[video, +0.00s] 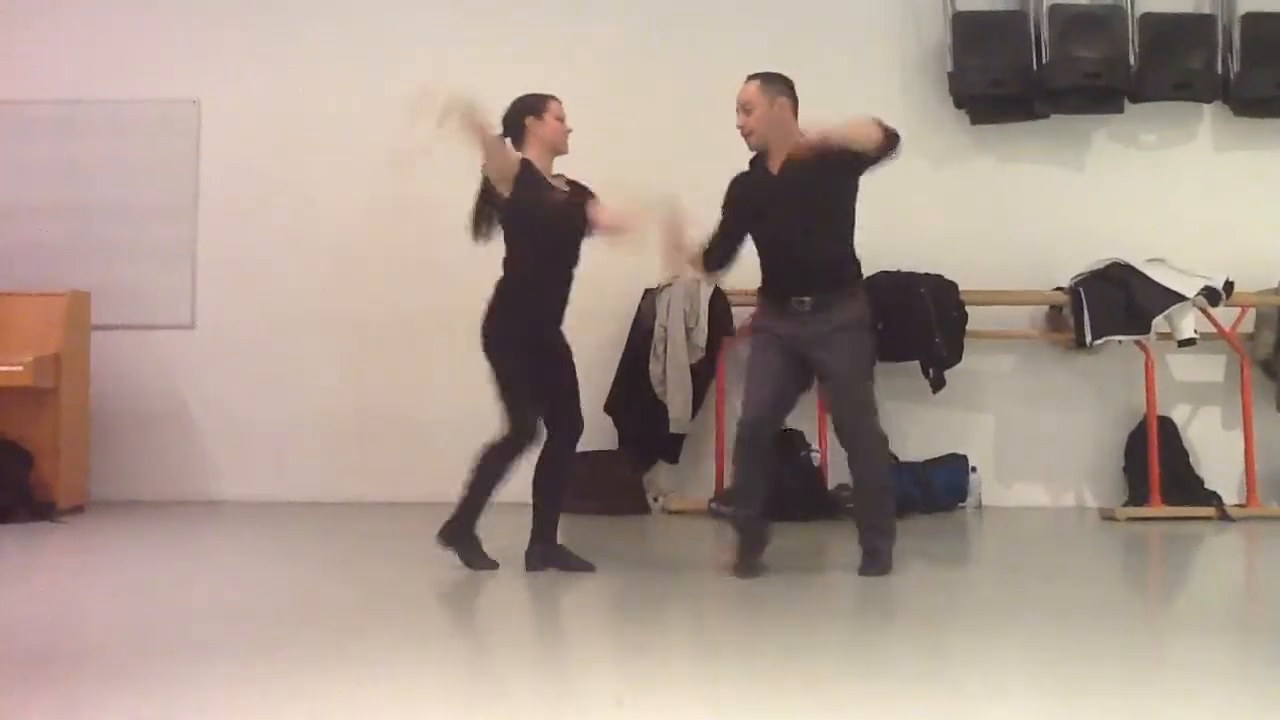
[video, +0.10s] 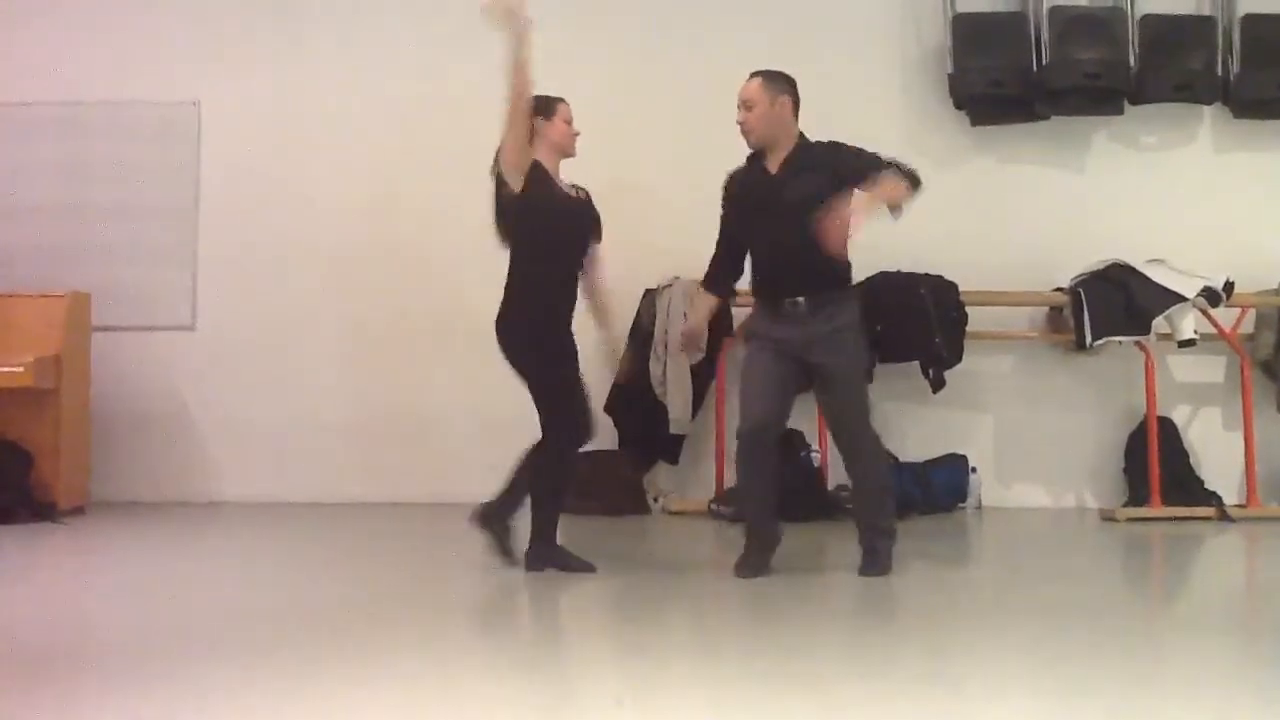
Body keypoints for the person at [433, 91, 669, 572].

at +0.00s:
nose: (569, 126)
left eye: (566, 118)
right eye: (560, 118)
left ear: (541, 125)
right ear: (532, 125)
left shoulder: (575, 194)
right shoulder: (513, 178)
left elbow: (610, 222)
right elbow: (497, 155)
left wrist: (643, 219)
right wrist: (474, 124)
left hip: (548, 329)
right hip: (509, 325)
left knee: (566, 427)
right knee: (523, 428)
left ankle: (544, 544)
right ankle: (460, 525)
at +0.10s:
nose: (575, 129)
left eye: (573, 121)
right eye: (567, 121)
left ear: (552, 128)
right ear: (539, 126)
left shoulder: (575, 196)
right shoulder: (519, 179)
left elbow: (591, 277)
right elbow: (520, 102)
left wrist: (614, 342)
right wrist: (520, 34)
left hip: (556, 323)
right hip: (522, 320)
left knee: (569, 429)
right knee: (567, 428)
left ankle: (502, 512)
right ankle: (543, 547)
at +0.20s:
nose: (580, 127)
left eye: (578, 119)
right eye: (570, 119)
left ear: (558, 130)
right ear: (542, 126)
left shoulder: (558, 186)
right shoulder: (528, 178)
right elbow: (542, 93)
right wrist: (558, 18)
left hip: (558, 324)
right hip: (533, 325)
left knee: (561, 429)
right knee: (590, 417)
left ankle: (543, 539)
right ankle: (537, 522)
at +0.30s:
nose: (587, 129)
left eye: (586, 120)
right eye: (578, 119)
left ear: (556, 126)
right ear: (546, 125)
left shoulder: (556, 177)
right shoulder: (536, 176)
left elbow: (575, 95)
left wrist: (595, 26)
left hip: (558, 327)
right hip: (543, 330)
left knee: (553, 437)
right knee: (600, 423)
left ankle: (545, 543)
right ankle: (560, 535)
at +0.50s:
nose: (598, 124)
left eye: (594, 116)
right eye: (589, 117)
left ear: (560, 125)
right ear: (563, 123)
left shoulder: (561, 171)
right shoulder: (564, 168)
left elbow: (621, 129)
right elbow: (628, 123)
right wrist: (664, 66)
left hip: (564, 320)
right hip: (566, 324)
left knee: (580, 434)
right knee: (597, 432)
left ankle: (543, 543)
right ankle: (570, 548)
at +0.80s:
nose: (604, 132)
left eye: (601, 123)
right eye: (596, 124)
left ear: (567, 132)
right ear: (570, 129)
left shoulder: (557, 178)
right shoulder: (585, 175)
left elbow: (638, 193)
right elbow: (657, 199)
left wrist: (652, 139)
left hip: (566, 322)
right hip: (582, 325)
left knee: (591, 429)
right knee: (598, 432)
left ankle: (563, 524)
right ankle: (568, 549)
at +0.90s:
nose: (603, 136)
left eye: (601, 128)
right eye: (596, 128)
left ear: (567, 137)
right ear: (570, 135)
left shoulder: (564, 186)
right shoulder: (582, 185)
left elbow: (647, 216)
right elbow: (658, 225)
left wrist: (668, 170)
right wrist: (715, 241)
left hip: (567, 328)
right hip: (581, 332)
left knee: (579, 437)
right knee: (646, 430)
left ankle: (571, 543)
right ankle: (572, 545)